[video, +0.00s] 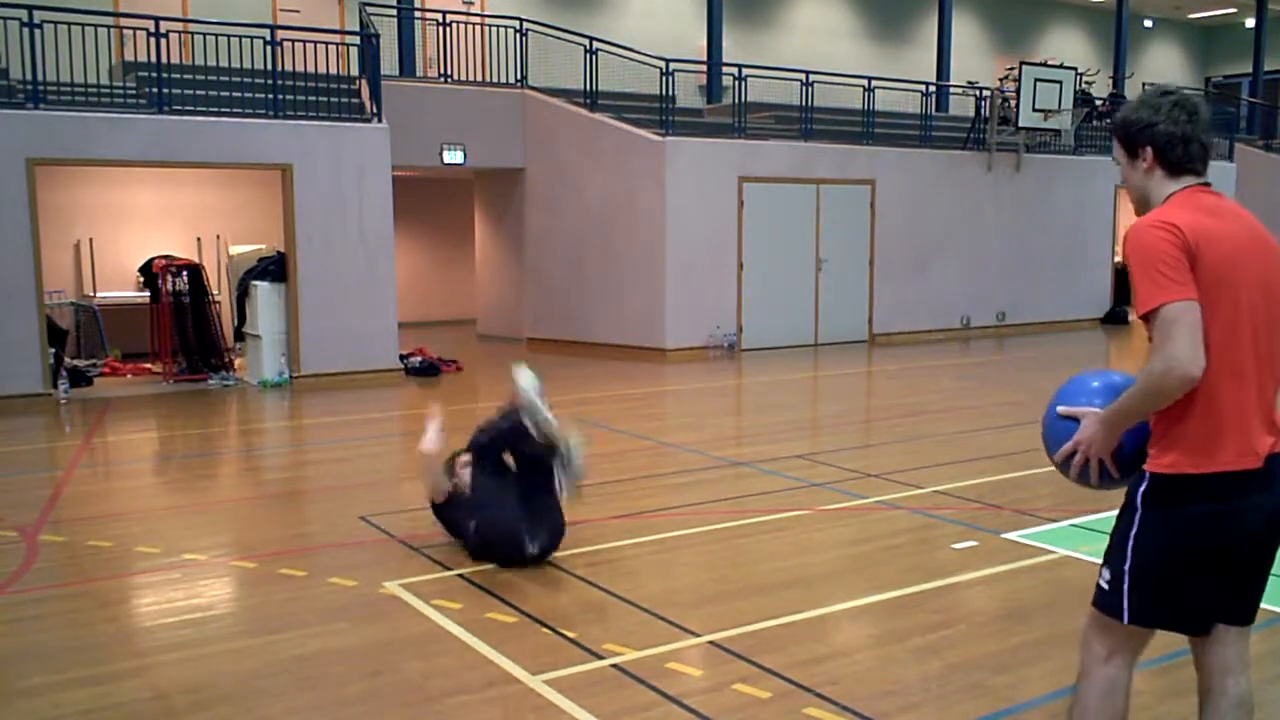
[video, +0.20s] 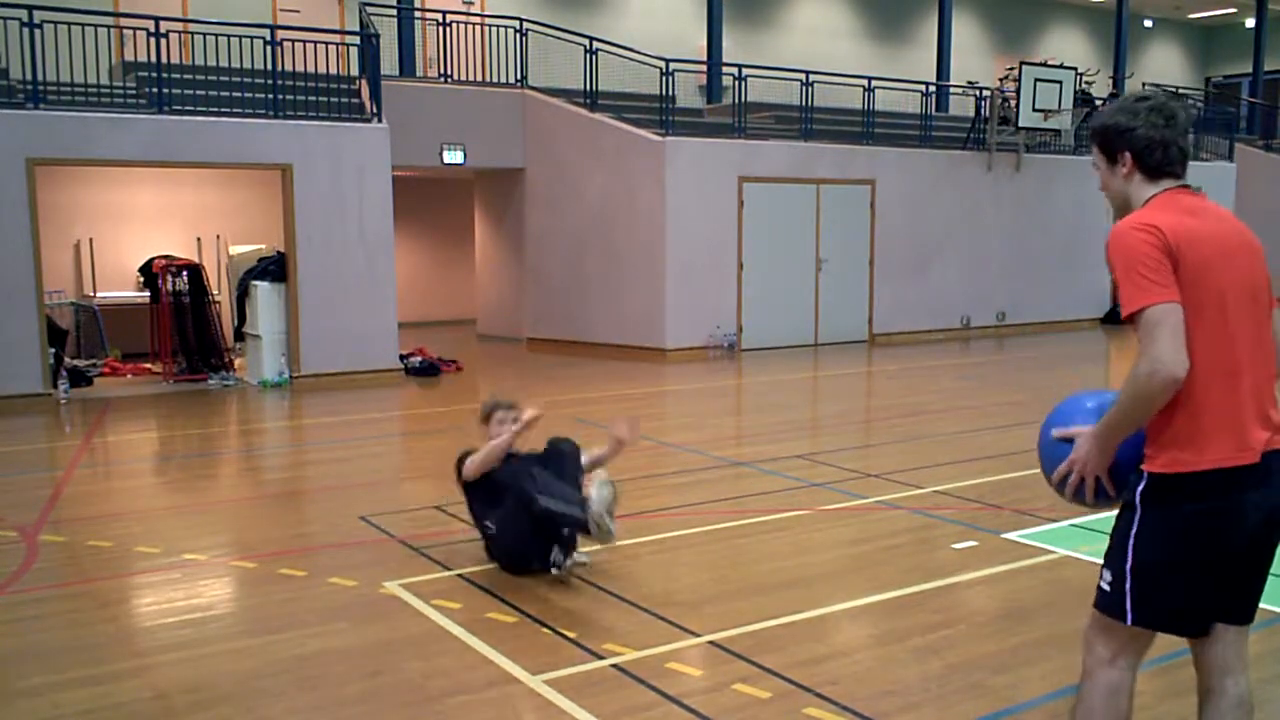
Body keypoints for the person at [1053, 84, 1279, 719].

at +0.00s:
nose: (1120, 178)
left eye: (1121, 162)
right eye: (1119, 163)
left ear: (1146, 157)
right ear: (1193, 155)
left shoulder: (1158, 230)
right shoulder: (1252, 227)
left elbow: (1180, 362)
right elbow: (1250, 361)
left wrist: (1108, 422)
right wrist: (1144, 412)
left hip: (1185, 482)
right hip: (1259, 476)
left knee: (1108, 648)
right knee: (1224, 651)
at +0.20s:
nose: (1097, 182)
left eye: (1098, 166)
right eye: (1096, 167)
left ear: (1126, 162)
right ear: (1168, 159)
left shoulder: (1140, 231)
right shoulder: (1234, 229)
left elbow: (1165, 363)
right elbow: (1250, 361)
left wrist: (1101, 440)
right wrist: (1153, 441)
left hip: (1185, 481)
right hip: (1258, 473)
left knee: (1111, 650)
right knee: (1223, 652)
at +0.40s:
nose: (1064, 195)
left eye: (1064, 180)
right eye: (1062, 180)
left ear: (1087, 176)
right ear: (1140, 171)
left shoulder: (1104, 244)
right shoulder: (1209, 237)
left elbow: (1130, 381)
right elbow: (1241, 360)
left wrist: (1097, 481)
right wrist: (1153, 445)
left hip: (1179, 480)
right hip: (1255, 470)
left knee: (1114, 654)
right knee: (1222, 650)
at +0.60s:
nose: (1024, 219)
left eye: (1022, 204)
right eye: (1021, 205)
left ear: (1040, 201)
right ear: (1091, 193)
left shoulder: (1055, 265)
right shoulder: (1158, 246)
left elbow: (1075, 405)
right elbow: (1185, 376)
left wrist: (1060, 509)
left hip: (1164, 479)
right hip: (1245, 464)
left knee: (1113, 660)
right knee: (1218, 648)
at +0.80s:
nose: (1008, 198)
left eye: (1008, 183)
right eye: (1008, 184)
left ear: (1027, 185)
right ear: (1079, 180)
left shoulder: (1033, 256)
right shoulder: (1138, 240)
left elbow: (999, 391)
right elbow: (1111, 381)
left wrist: (944, 439)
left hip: (1125, 474)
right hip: (1208, 461)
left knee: (1090, 655)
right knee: (1192, 646)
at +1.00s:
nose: (1008, 175)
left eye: (1008, 161)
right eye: (1009, 162)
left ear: (1025, 163)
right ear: (1081, 160)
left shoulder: (1025, 236)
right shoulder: (1133, 226)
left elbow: (974, 361)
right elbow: (1083, 349)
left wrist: (906, 349)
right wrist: (989, 344)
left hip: (1093, 468)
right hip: (1176, 459)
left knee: (1072, 658)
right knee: (1167, 638)